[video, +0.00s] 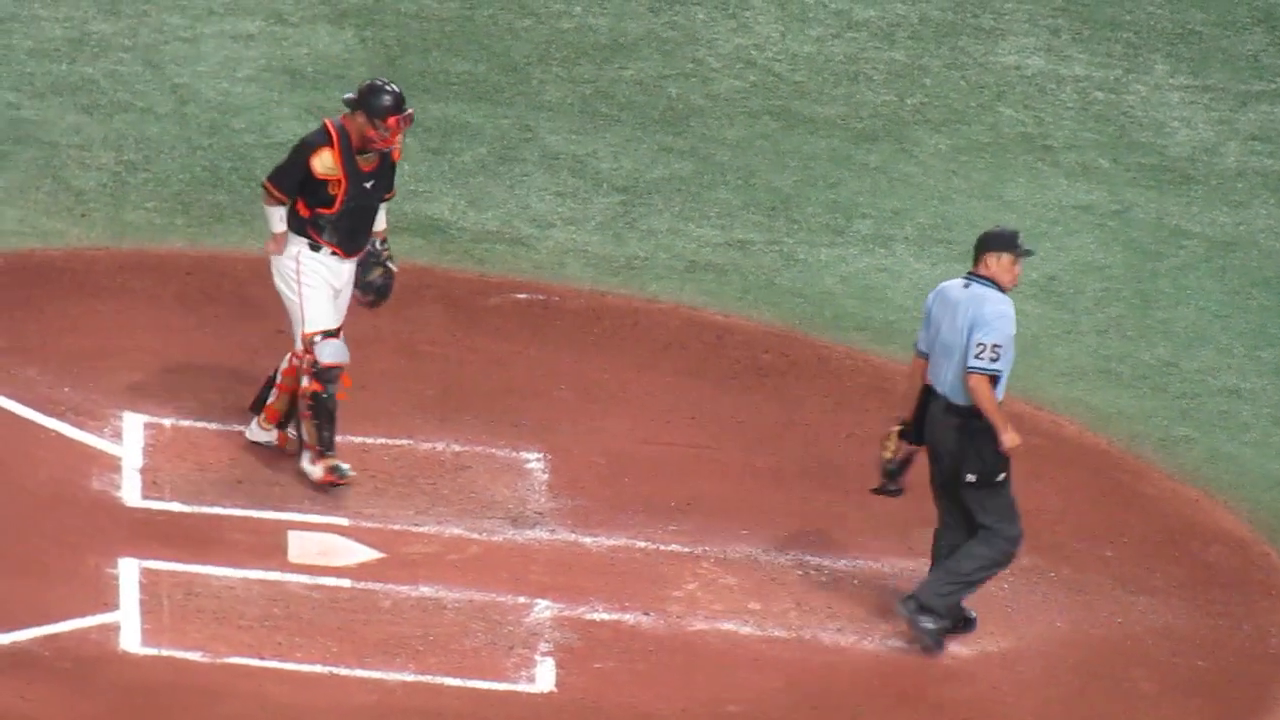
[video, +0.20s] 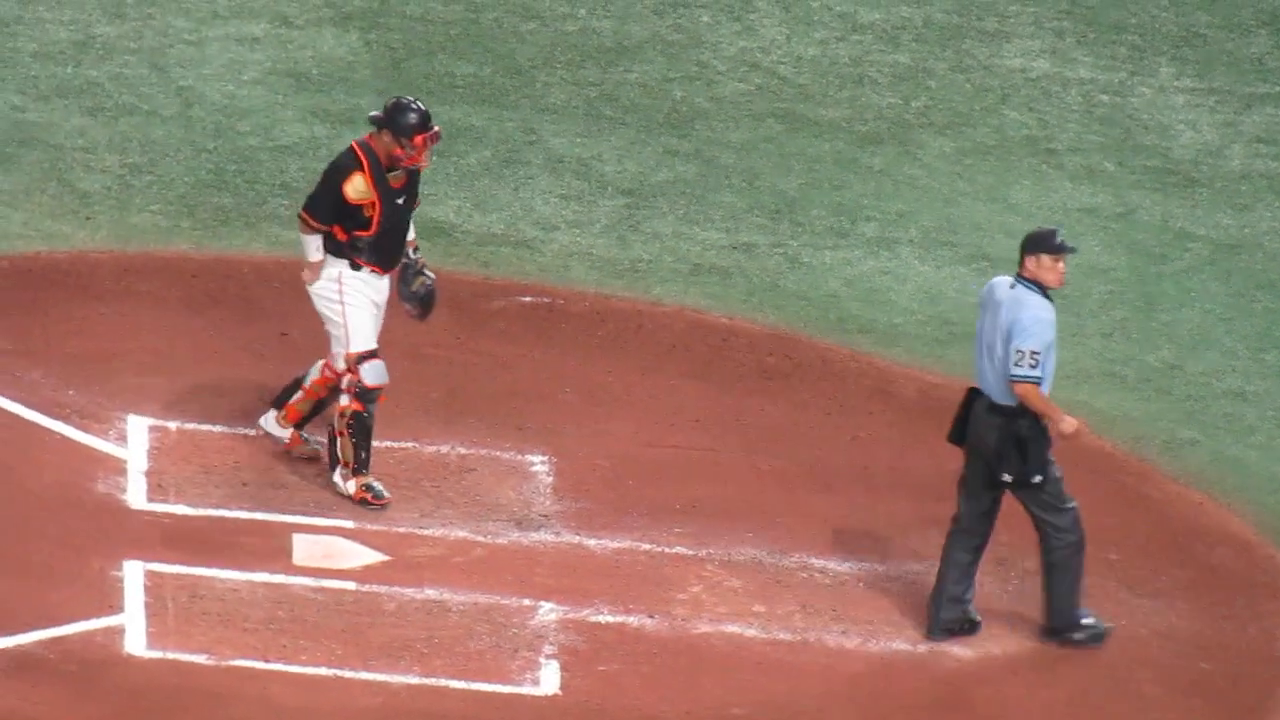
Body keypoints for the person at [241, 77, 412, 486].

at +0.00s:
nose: (392, 131)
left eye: (395, 123)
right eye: (385, 124)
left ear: (392, 121)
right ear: (362, 118)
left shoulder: (386, 149)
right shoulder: (320, 145)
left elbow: (380, 202)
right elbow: (274, 192)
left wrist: (378, 250)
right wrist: (279, 236)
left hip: (346, 263)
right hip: (305, 257)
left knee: (313, 350)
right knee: (326, 354)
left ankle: (266, 422)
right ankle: (317, 455)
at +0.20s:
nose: (420, 151)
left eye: (422, 143)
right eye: (414, 143)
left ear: (412, 140)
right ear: (392, 138)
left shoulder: (407, 162)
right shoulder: (351, 167)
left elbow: (402, 215)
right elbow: (311, 218)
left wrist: (412, 260)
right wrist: (314, 262)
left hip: (378, 280)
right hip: (342, 277)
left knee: (343, 366)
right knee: (366, 374)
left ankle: (282, 421)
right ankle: (351, 472)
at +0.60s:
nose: (484, 158)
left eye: (486, 151)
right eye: (480, 150)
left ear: (463, 143)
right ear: (459, 142)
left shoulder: (463, 171)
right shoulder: (415, 179)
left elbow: (448, 228)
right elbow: (373, 228)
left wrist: (459, 272)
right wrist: (379, 268)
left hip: (441, 289)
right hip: (406, 288)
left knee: (466, 365)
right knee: (394, 381)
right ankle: (357, 470)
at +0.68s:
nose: (499, 154)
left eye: (501, 147)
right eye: (495, 146)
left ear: (478, 141)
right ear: (474, 140)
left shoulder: (479, 171)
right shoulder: (429, 178)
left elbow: (461, 227)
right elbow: (389, 229)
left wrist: (462, 275)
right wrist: (393, 272)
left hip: (456, 292)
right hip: (422, 290)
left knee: (480, 372)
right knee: (400, 381)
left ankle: (484, 464)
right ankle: (357, 469)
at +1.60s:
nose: (615, 184)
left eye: (620, 179)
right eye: (616, 176)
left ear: (602, 160)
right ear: (600, 161)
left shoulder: (583, 182)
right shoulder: (551, 184)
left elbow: (562, 243)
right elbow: (507, 233)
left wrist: (577, 285)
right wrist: (497, 281)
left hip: (541, 292)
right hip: (521, 292)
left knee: (536, 385)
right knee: (549, 390)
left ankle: (506, 464)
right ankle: (511, 481)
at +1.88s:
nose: (622, 211)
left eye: (627, 206)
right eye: (623, 203)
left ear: (613, 181)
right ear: (609, 187)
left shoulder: (590, 183)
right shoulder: (559, 209)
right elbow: (517, 259)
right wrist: (504, 306)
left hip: (547, 311)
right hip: (530, 313)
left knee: (548, 394)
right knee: (534, 413)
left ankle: (517, 469)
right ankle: (506, 509)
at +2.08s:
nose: (626, 219)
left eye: (633, 215)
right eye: (629, 212)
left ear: (618, 185)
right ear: (617, 195)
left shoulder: (592, 183)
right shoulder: (569, 212)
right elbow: (525, 258)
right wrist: (508, 303)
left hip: (544, 310)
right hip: (531, 313)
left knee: (554, 393)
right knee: (533, 415)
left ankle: (523, 474)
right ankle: (506, 507)